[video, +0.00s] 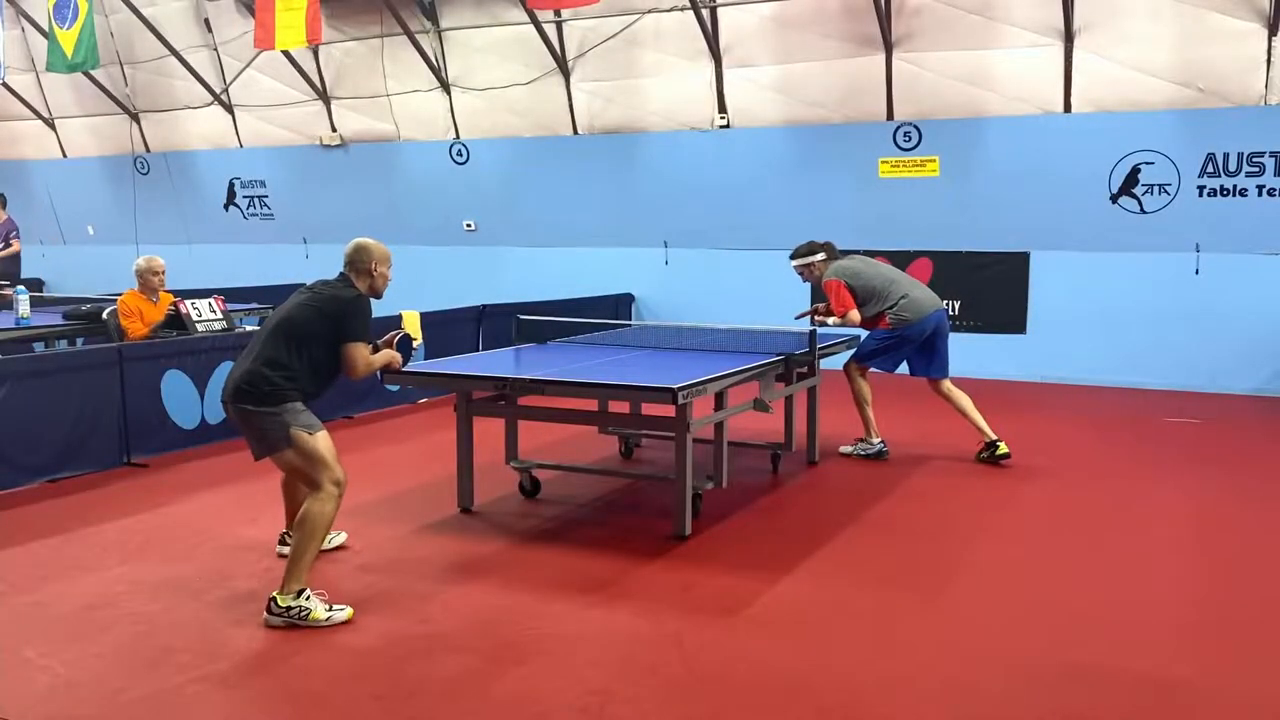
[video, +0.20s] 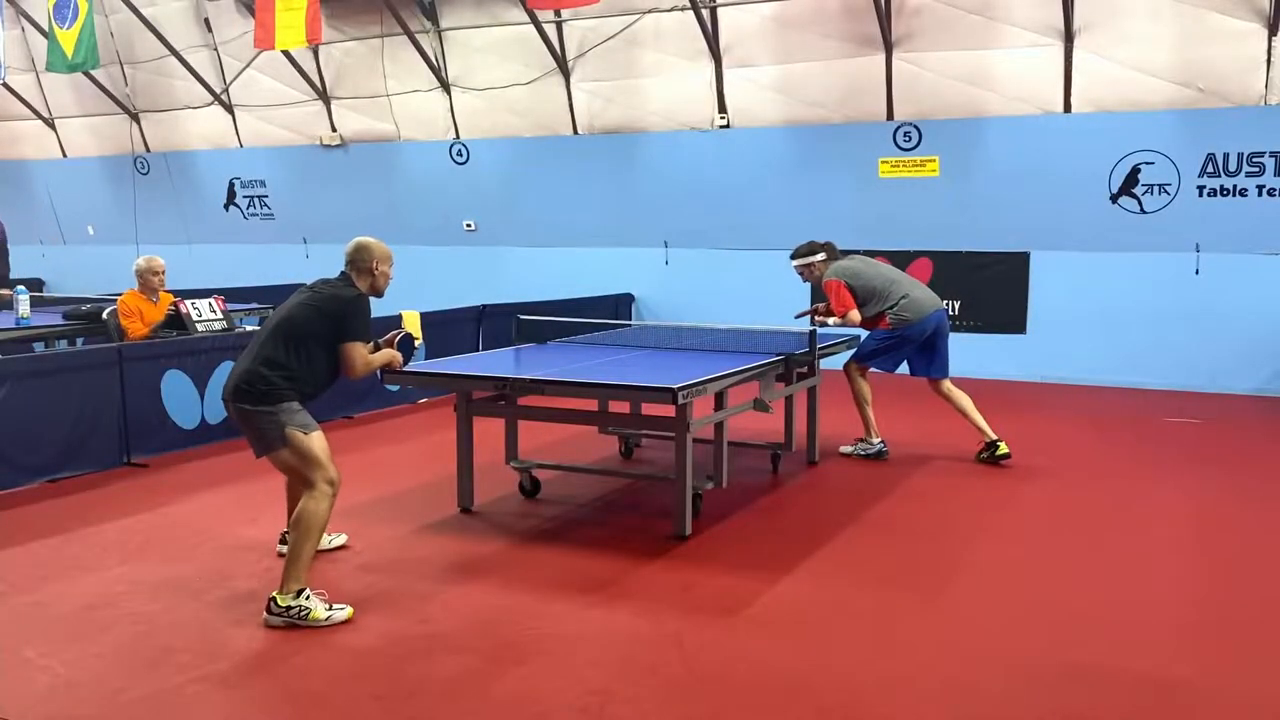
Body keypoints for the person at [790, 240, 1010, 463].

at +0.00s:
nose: (803, 279)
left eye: (803, 272)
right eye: (800, 274)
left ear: (816, 264)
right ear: (824, 258)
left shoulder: (832, 277)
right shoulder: (855, 262)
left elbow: (853, 319)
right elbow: (871, 311)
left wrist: (832, 319)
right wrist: (832, 310)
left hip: (907, 317)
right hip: (936, 311)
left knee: (854, 369)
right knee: (941, 383)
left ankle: (872, 440)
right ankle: (993, 441)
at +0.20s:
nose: (803, 278)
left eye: (803, 272)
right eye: (800, 273)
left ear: (816, 264)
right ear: (825, 259)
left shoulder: (832, 277)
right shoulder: (856, 262)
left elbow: (853, 318)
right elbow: (872, 311)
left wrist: (832, 318)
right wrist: (832, 310)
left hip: (907, 317)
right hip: (936, 311)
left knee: (854, 369)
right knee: (941, 383)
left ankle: (873, 440)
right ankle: (993, 441)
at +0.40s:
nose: (804, 279)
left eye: (803, 273)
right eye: (800, 274)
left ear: (816, 264)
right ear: (825, 258)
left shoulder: (832, 277)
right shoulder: (855, 262)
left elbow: (853, 318)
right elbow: (873, 311)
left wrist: (832, 319)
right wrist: (832, 311)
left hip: (907, 318)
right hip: (936, 311)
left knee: (854, 369)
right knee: (941, 383)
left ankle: (873, 440)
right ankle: (993, 441)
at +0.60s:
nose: (804, 279)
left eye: (803, 273)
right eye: (800, 274)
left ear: (816, 264)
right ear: (825, 258)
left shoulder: (832, 277)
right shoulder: (855, 262)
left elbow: (854, 318)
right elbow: (873, 310)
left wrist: (833, 319)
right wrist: (833, 311)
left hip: (907, 318)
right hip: (936, 311)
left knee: (854, 369)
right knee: (941, 383)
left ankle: (873, 440)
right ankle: (993, 441)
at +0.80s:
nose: (803, 279)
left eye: (803, 273)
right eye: (800, 274)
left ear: (816, 264)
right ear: (825, 258)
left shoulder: (832, 277)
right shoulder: (855, 262)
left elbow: (854, 318)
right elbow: (873, 311)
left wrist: (834, 319)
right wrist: (833, 311)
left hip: (907, 318)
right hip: (936, 311)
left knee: (854, 369)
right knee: (941, 383)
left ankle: (873, 440)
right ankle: (993, 441)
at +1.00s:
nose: (803, 278)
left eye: (803, 272)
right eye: (800, 274)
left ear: (816, 264)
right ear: (824, 258)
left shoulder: (832, 277)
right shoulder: (855, 262)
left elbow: (854, 318)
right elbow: (874, 312)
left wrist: (834, 320)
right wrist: (833, 310)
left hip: (907, 317)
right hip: (936, 311)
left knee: (854, 369)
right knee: (941, 383)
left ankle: (873, 440)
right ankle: (993, 441)